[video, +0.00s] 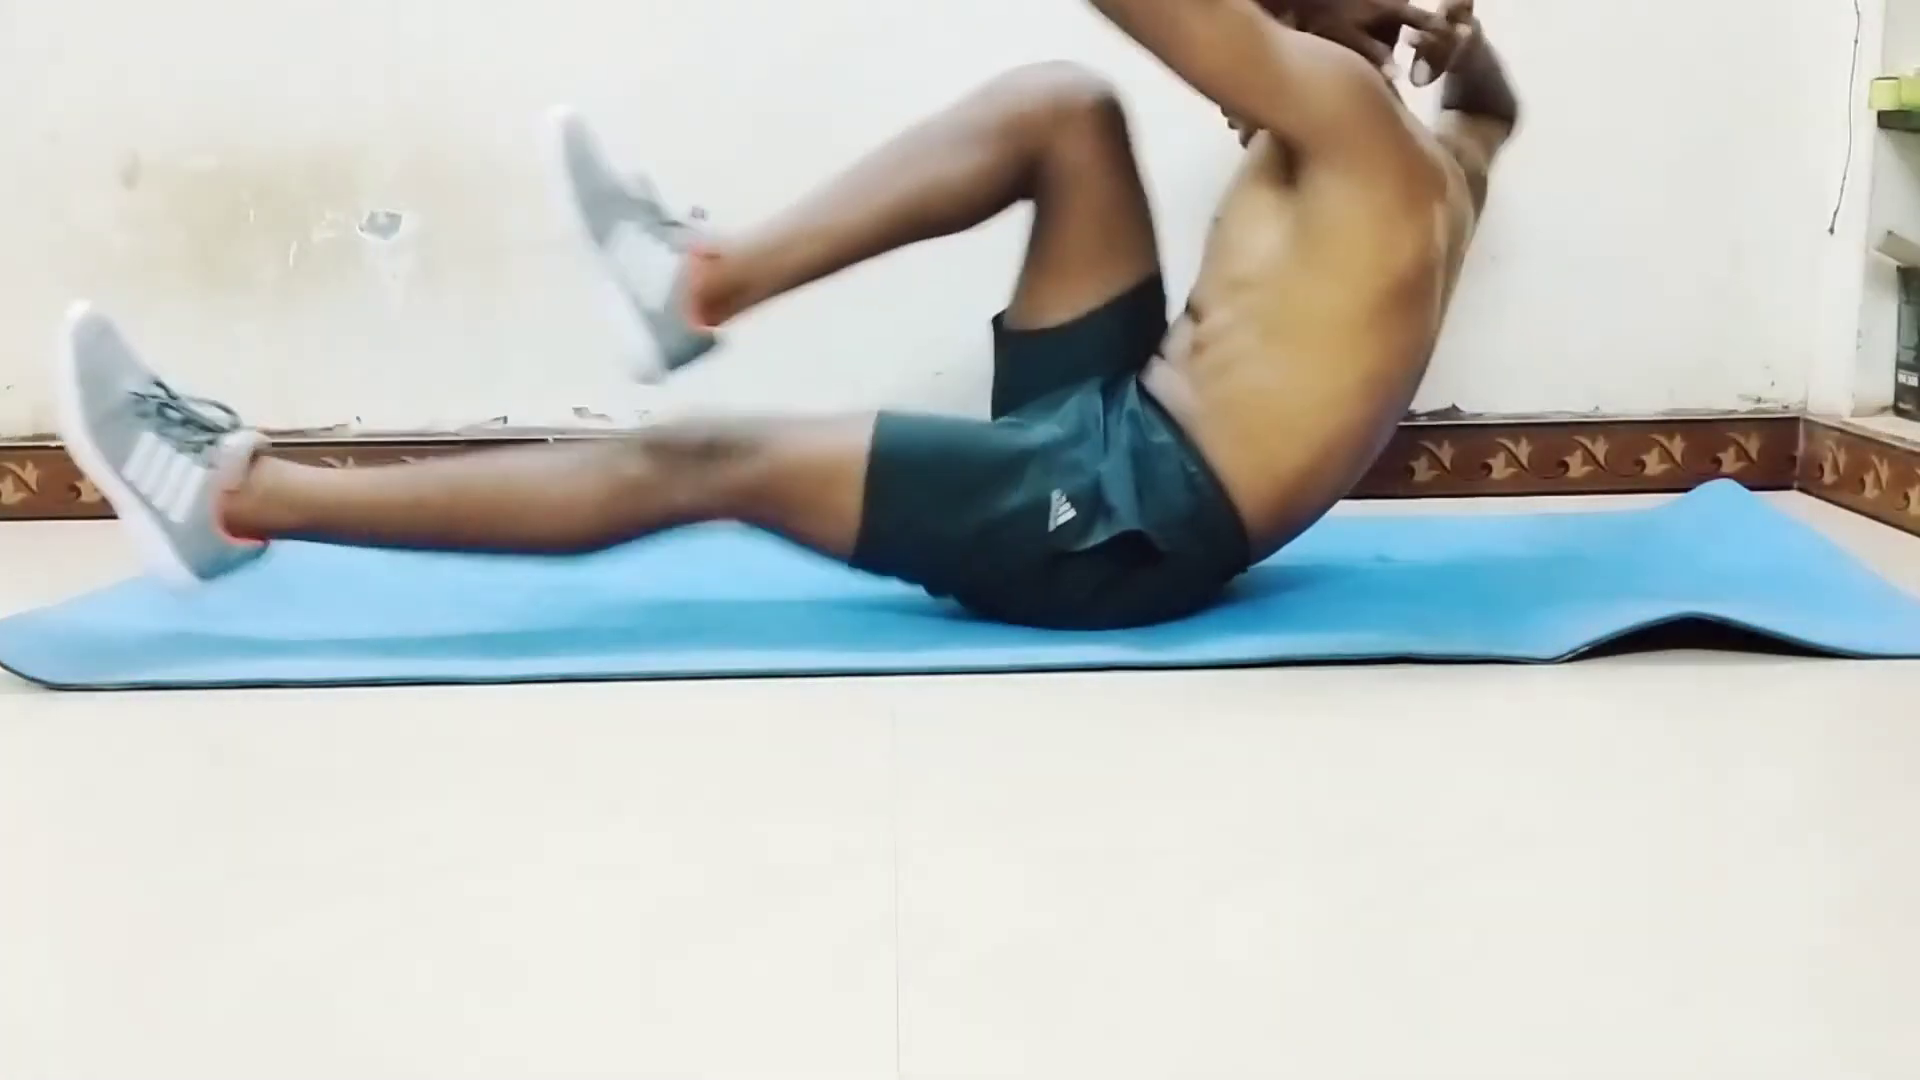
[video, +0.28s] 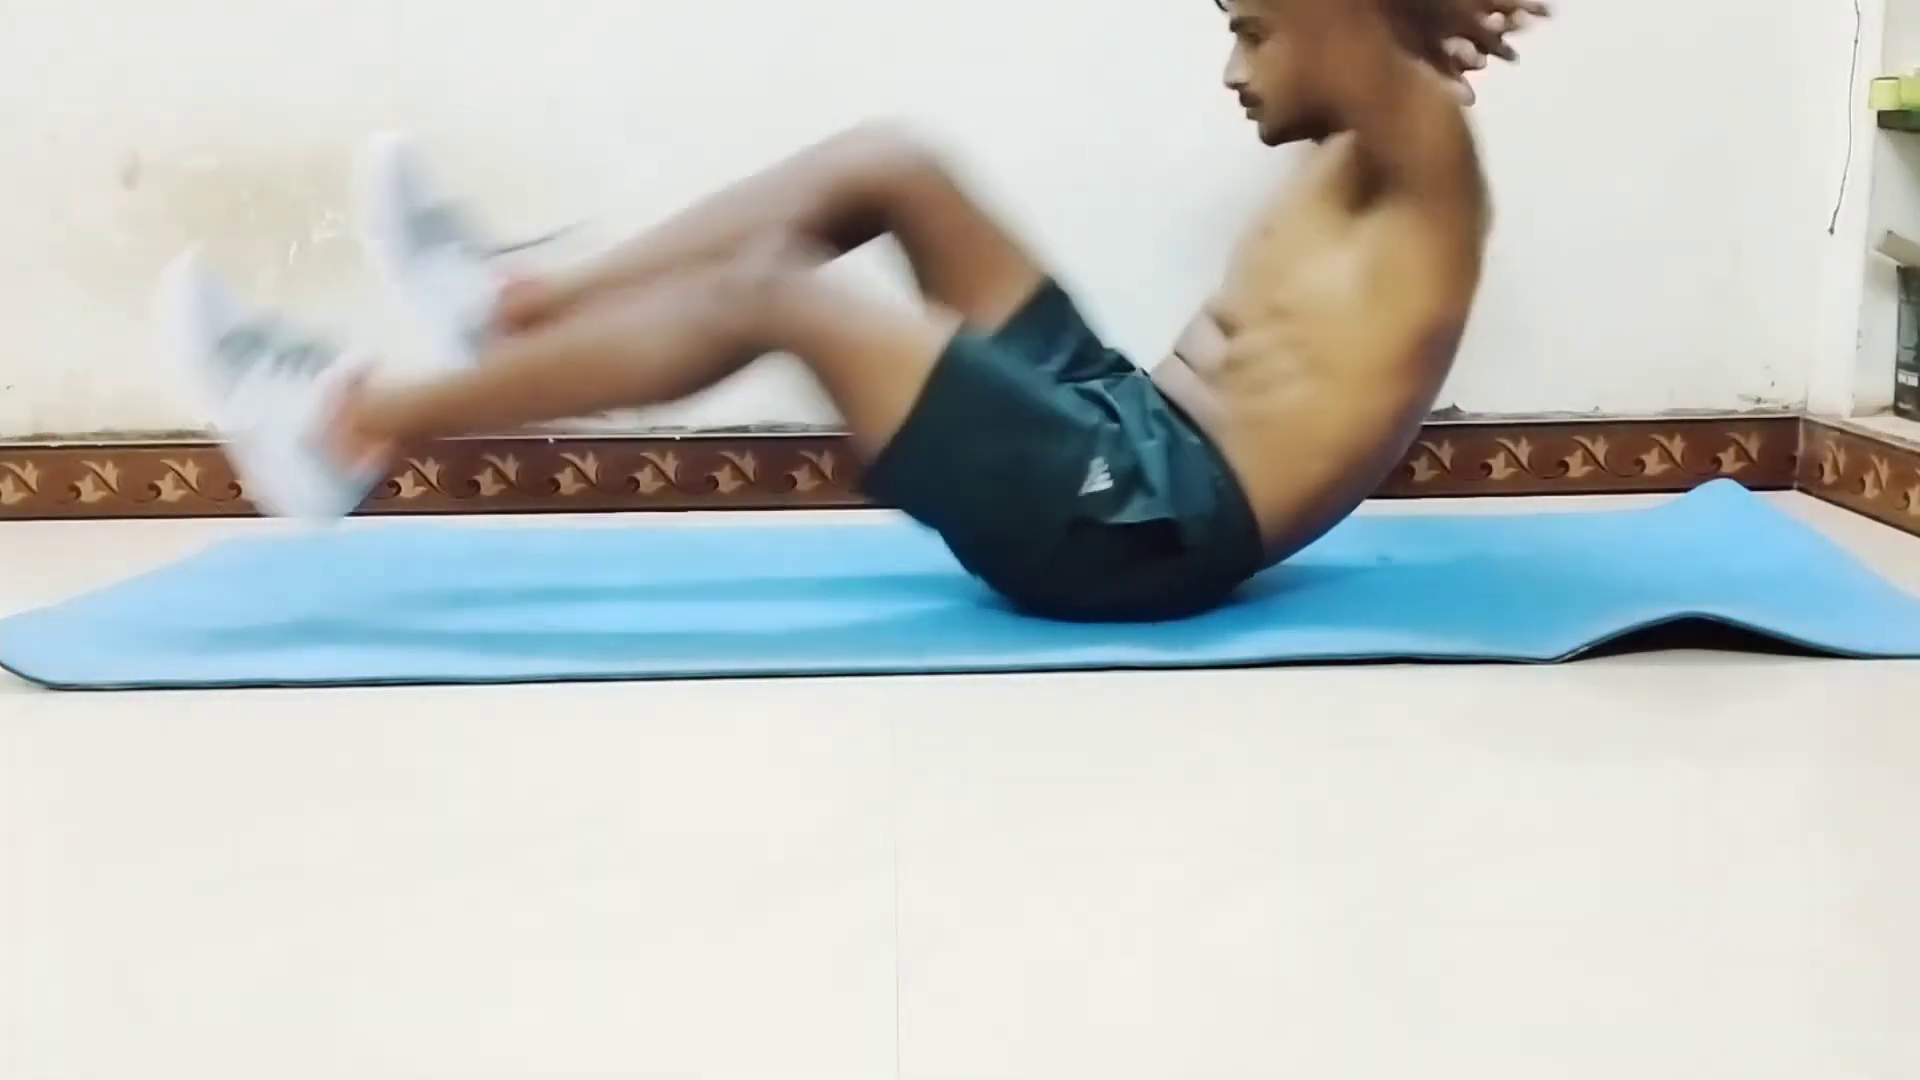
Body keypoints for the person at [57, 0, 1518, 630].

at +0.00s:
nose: (1263, 23)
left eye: (1281, 12)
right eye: (1284, 13)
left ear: (1360, 21)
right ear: (1398, 35)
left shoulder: (1358, 114)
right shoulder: (1409, 142)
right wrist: (1418, 58)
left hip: (1114, 510)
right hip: (1126, 434)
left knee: (695, 462)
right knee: (1069, 111)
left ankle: (236, 494)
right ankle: (705, 279)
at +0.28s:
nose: (1231, 69)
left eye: (1249, 40)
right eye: (1232, 41)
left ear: (1353, 29)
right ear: (1328, 37)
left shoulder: (1420, 171)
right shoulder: (1357, 170)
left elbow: (1376, 84)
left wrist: (1429, 48)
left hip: (1147, 513)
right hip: (1126, 435)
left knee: (787, 285)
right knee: (895, 170)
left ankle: (351, 428)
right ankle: (514, 305)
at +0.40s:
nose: (1249, 78)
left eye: (1273, 43)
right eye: (1240, 53)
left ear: (1380, 39)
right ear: (1290, 64)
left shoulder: (1447, 170)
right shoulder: (1334, 173)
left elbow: (1468, 29)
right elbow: (1195, 50)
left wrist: (1373, 49)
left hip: (1155, 516)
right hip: (1124, 476)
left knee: (847, 207)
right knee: (845, 200)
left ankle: (448, 343)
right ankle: (458, 331)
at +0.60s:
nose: (1267, 77)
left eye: (1298, 51)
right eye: (1262, 52)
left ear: (1400, 51)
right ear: (1280, 60)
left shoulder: (1467, 178)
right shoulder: (1258, 138)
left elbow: (1640, 15)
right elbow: (1063, 38)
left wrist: (1470, 27)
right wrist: (1256, 35)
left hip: (1153, 504)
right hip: (1066, 468)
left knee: (1015, 111)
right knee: (734, 345)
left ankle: (620, 198)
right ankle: (357, 384)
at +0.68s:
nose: (1273, 73)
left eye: (1305, 53)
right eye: (1266, 54)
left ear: (1401, 58)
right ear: (1276, 67)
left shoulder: (1473, 179)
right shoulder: (1248, 127)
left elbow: (1680, 22)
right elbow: (1055, 54)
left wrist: (1494, 25)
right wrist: (1202, 30)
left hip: (1154, 503)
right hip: (1063, 452)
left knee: (1057, 112)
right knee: (718, 371)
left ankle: (660, 171)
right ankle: (344, 404)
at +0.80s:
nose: (1271, 78)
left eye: (1306, 58)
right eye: (1265, 50)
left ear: (1407, 60)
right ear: (1266, 47)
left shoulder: (1473, 174)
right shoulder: (1233, 114)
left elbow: (1720, 32)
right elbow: (1061, 51)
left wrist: (1546, 17)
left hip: (1159, 513)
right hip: (1069, 452)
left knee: (1084, 107)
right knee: (716, 380)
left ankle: (676, 125)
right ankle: (332, 423)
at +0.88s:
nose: (1285, 82)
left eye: (1318, 64)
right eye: (1276, 56)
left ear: (1412, 63)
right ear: (1272, 54)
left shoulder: (1477, 174)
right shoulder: (1240, 103)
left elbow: (1729, 29)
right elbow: (1064, 47)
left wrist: (1563, 12)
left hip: (1159, 513)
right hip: (1074, 449)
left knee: (1074, 105)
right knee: (707, 378)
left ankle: (672, 111)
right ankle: (336, 428)